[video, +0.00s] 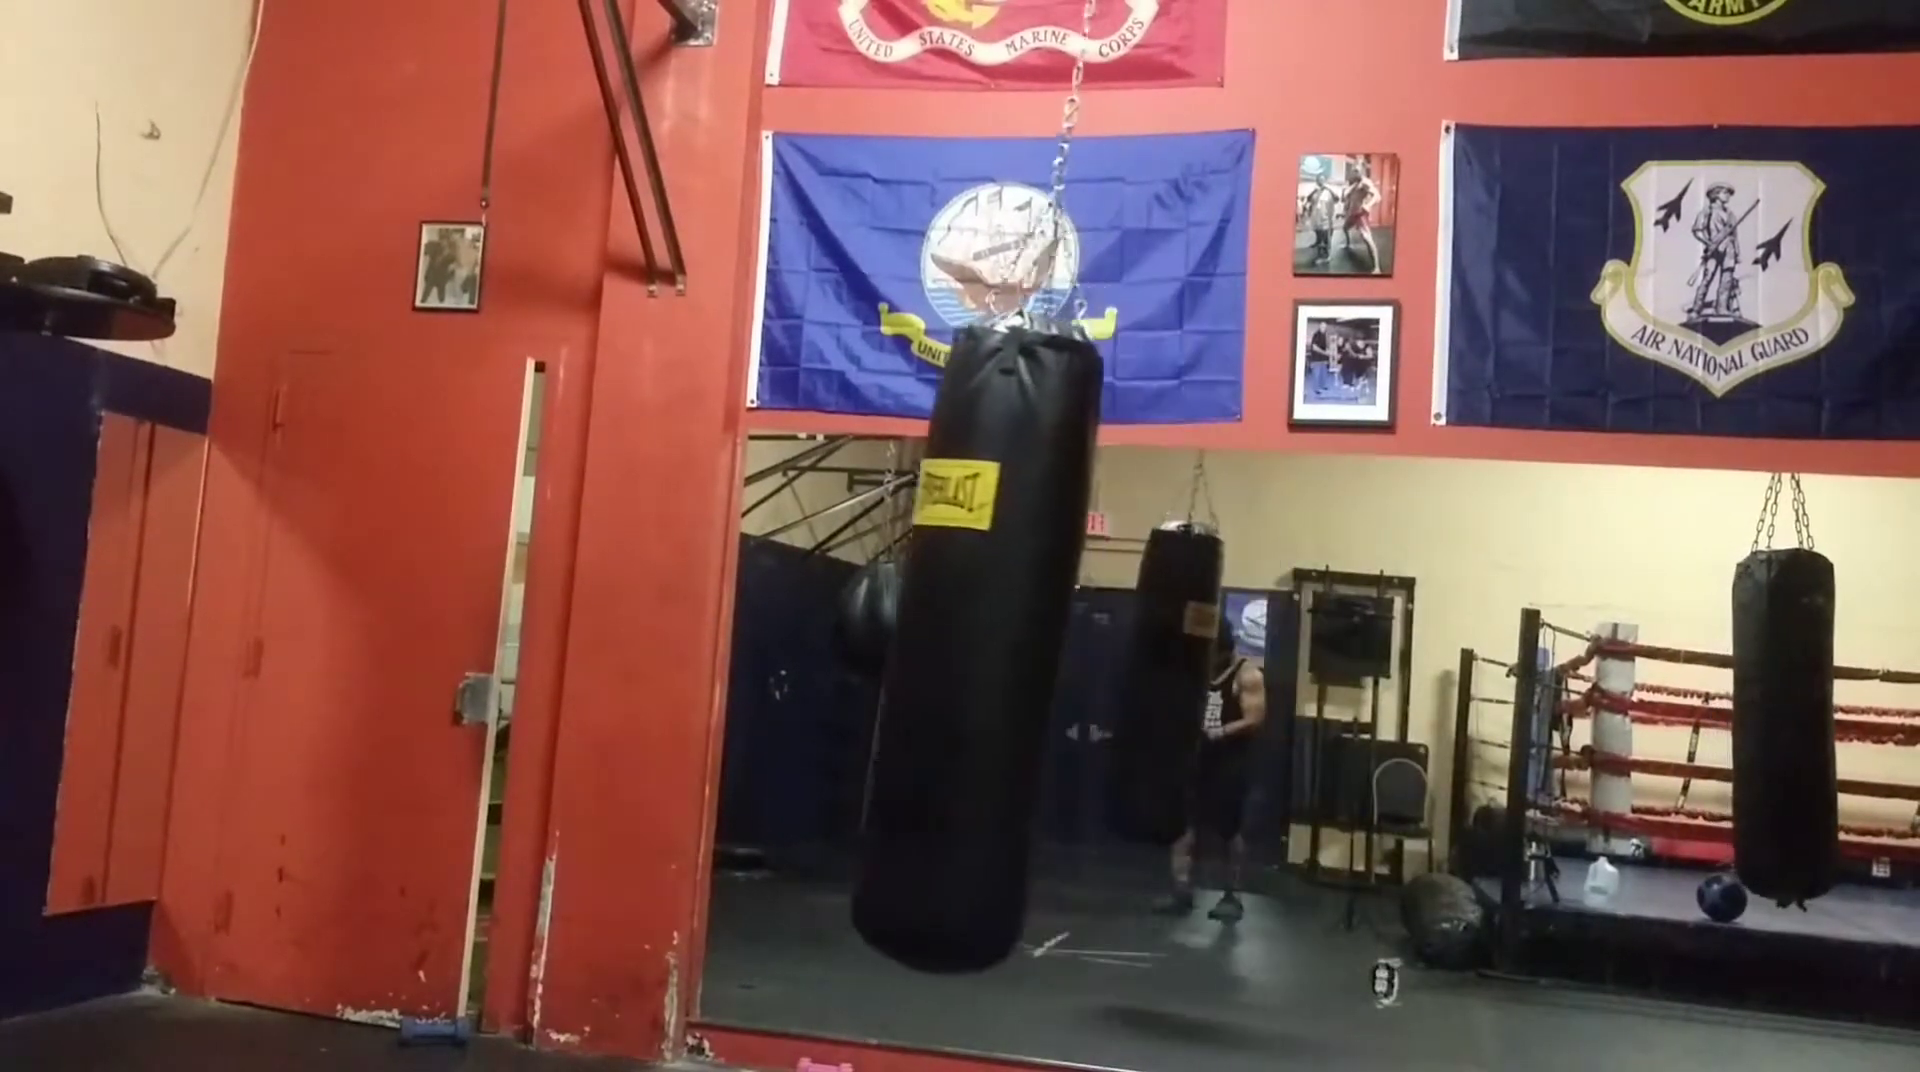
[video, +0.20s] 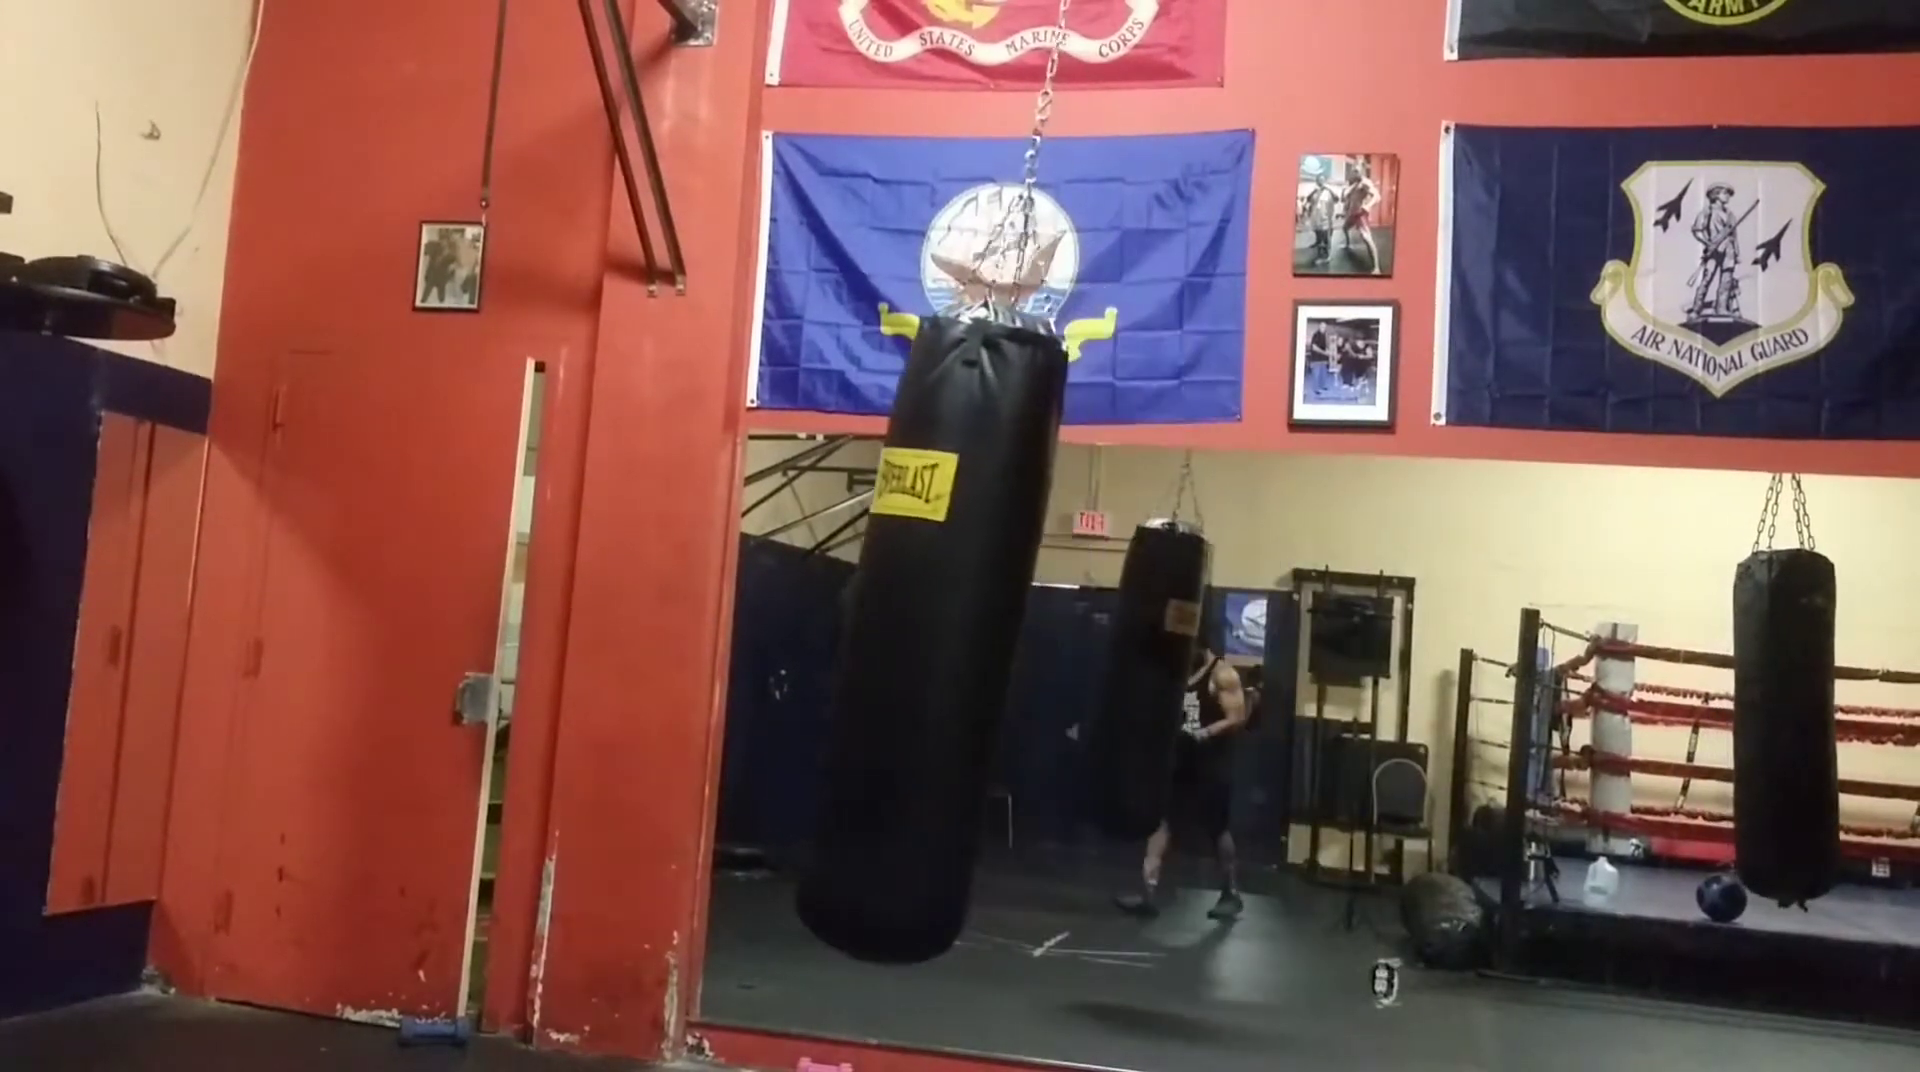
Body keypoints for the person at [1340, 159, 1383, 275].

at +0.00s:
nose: (1354, 174)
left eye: (1356, 171)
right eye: (1352, 172)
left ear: (1360, 172)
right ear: (1351, 174)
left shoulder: (1365, 183)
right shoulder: (1352, 185)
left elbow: (1376, 196)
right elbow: (1345, 199)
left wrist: (1367, 206)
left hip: (1361, 212)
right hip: (1351, 213)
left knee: (1366, 237)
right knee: (1345, 228)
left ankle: (1376, 267)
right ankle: (1348, 245)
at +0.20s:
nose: (1353, 175)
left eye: (1355, 172)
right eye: (1352, 172)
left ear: (1359, 173)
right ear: (1351, 174)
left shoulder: (1365, 183)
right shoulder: (1351, 186)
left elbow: (1376, 196)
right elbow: (1345, 199)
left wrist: (1367, 207)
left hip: (1361, 212)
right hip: (1351, 213)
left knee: (1366, 237)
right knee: (1345, 228)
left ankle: (1376, 267)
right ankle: (1348, 245)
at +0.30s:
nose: (1353, 174)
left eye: (1356, 171)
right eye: (1352, 172)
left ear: (1360, 172)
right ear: (1351, 173)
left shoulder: (1365, 182)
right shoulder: (1352, 184)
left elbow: (1377, 195)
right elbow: (1344, 197)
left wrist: (1367, 206)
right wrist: (1352, 187)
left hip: (1361, 211)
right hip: (1352, 212)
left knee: (1367, 237)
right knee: (1345, 227)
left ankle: (1376, 266)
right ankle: (1348, 244)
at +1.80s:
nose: (1352, 173)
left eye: (1355, 170)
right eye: (1351, 170)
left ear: (1359, 171)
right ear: (1351, 171)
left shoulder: (1365, 182)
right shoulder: (1351, 184)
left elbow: (1376, 195)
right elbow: (1344, 198)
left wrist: (1367, 205)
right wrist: (1344, 193)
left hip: (1361, 212)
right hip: (1351, 212)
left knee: (1366, 237)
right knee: (1345, 227)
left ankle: (1376, 266)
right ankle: (1347, 243)